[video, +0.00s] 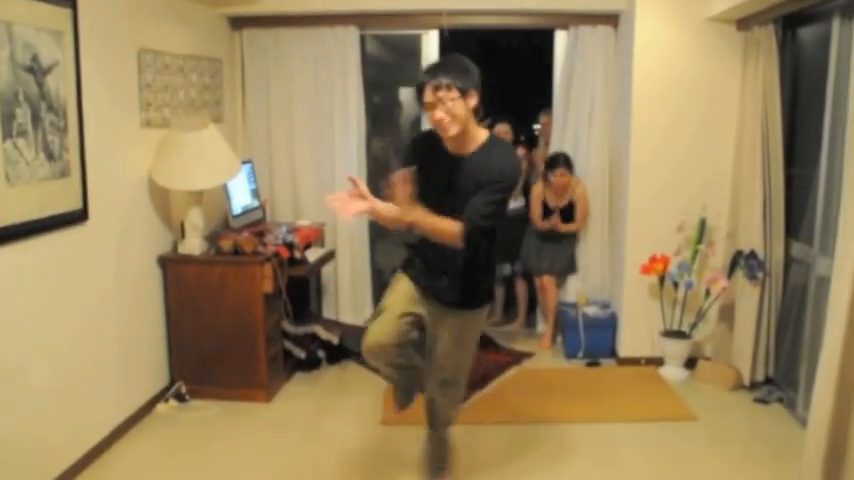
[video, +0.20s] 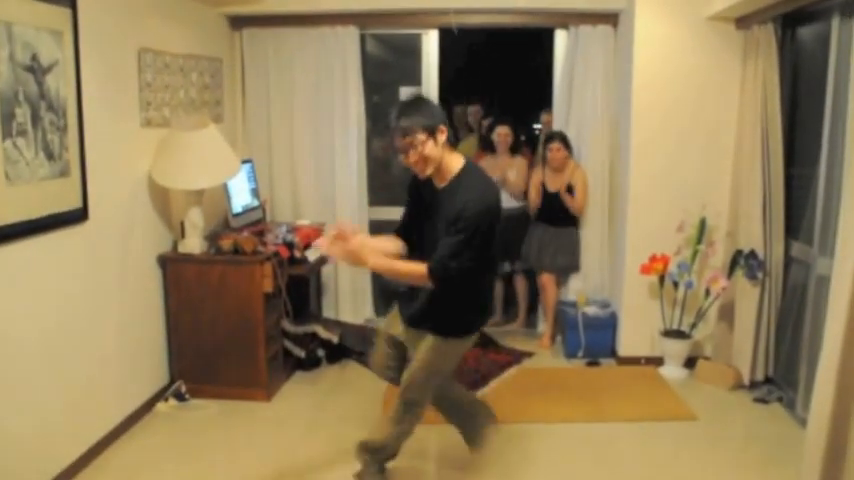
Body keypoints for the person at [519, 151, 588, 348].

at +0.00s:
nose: (559, 180)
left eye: (563, 175)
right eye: (554, 175)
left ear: (571, 175)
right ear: (547, 176)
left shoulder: (578, 190)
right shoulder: (538, 189)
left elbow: (580, 223)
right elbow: (536, 221)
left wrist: (561, 227)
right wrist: (549, 224)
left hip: (564, 235)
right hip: (539, 235)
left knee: (548, 279)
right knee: (539, 281)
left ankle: (550, 329)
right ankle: (550, 325)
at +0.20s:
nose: (554, 154)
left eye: (559, 149)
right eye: (550, 150)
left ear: (568, 152)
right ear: (545, 153)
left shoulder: (576, 173)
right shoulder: (539, 173)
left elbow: (578, 209)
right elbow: (533, 203)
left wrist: (563, 194)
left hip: (564, 229)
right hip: (542, 227)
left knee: (548, 278)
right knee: (544, 279)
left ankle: (549, 329)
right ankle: (550, 327)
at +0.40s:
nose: (550, 147)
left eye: (555, 142)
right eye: (547, 143)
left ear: (565, 146)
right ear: (543, 146)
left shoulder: (574, 168)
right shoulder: (537, 169)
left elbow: (577, 203)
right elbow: (530, 201)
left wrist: (567, 181)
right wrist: (527, 182)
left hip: (566, 227)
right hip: (543, 225)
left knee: (545, 274)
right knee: (551, 279)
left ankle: (545, 326)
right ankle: (554, 323)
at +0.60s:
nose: (547, 146)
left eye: (552, 142)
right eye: (544, 142)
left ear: (562, 146)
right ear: (539, 146)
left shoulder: (571, 167)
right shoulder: (536, 168)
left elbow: (572, 203)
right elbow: (529, 195)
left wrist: (546, 192)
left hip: (564, 229)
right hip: (539, 228)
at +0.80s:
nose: (547, 146)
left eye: (551, 141)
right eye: (543, 142)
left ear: (561, 144)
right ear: (538, 146)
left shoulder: (569, 166)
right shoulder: (535, 169)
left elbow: (568, 197)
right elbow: (530, 199)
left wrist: (559, 172)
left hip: (563, 228)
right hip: (539, 227)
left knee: (551, 280)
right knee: (540, 280)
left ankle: (550, 326)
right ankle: (547, 327)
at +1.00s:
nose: (545, 146)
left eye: (550, 141)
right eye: (542, 141)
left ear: (559, 144)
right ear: (537, 145)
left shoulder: (568, 166)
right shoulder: (538, 167)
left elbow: (568, 200)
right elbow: (532, 197)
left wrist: (553, 177)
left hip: (559, 225)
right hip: (539, 223)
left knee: (538, 273)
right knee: (543, 279)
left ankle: (535, 319)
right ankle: (547, 323)